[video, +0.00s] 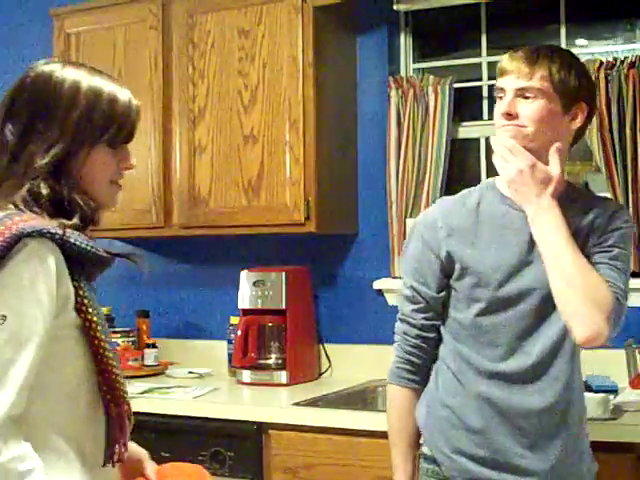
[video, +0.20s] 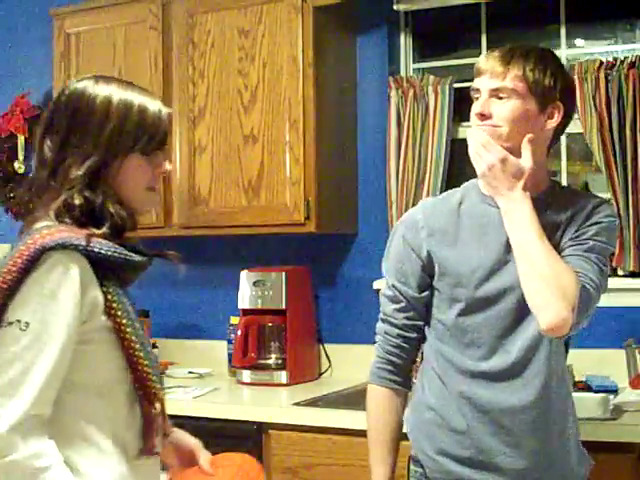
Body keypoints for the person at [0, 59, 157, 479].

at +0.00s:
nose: (129, 161)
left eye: (126, 144)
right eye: (114, 143)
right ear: (60, 145)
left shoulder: (46, 249)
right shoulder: (33, 252)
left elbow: (35, 404)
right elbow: (4, 433)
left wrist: (115, 448)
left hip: (78, 468)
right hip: (54, 469)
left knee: (193, 473)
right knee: (193, 473)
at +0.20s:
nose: (167, 167)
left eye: (164, 151)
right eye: (150, 151)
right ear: (98, 155)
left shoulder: (85, 259)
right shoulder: (63, 265)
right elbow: (13, 432)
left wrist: (161, 434)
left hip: (121, 468)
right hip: (91, 471)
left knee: (244, 467)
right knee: (243, 469)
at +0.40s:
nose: (196, 152)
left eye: (190, 139)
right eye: (179, 142)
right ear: (135, 155)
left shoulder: (134, 259)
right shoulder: (105, 264)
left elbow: (134, 388)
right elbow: (48, 417)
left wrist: (209, 420)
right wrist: (104, 473)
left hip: (160, 467)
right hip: (130, 470)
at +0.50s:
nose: (208, 145)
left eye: (201, 132)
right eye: (191, 134)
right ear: (147, 148)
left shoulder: (151, 251)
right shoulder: (126, 259)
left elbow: (157, 376)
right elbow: (87, 410)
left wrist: (226, 409)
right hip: (120, 469)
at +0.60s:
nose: (214, 142)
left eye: (207, 129)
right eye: (198, 131)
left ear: (157, 147)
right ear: (154, 146)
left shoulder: (133, 240)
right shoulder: (152, 251)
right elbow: (181, 391)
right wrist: (327, 362)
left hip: (131, 467)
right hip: (150, 471)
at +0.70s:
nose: (220, 140)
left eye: (213, 127)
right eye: (204, 128)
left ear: (165, 143)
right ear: (162, 143)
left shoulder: (127, 234)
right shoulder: (185, 233)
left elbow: (152, 369)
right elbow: (292, 324)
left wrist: (241, 392)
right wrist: (402, 234)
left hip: (118, 466)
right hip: (175, 470)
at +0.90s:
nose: (227, 135)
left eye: (219, 123)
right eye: (211, 125)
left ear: (157, 140)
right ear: (174, 139)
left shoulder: (136, 232)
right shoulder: (190, 218)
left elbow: (157, 360)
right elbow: (309, 304)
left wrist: (247, 395)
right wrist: (358, 220)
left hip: (135, 464)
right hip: (191, 467)